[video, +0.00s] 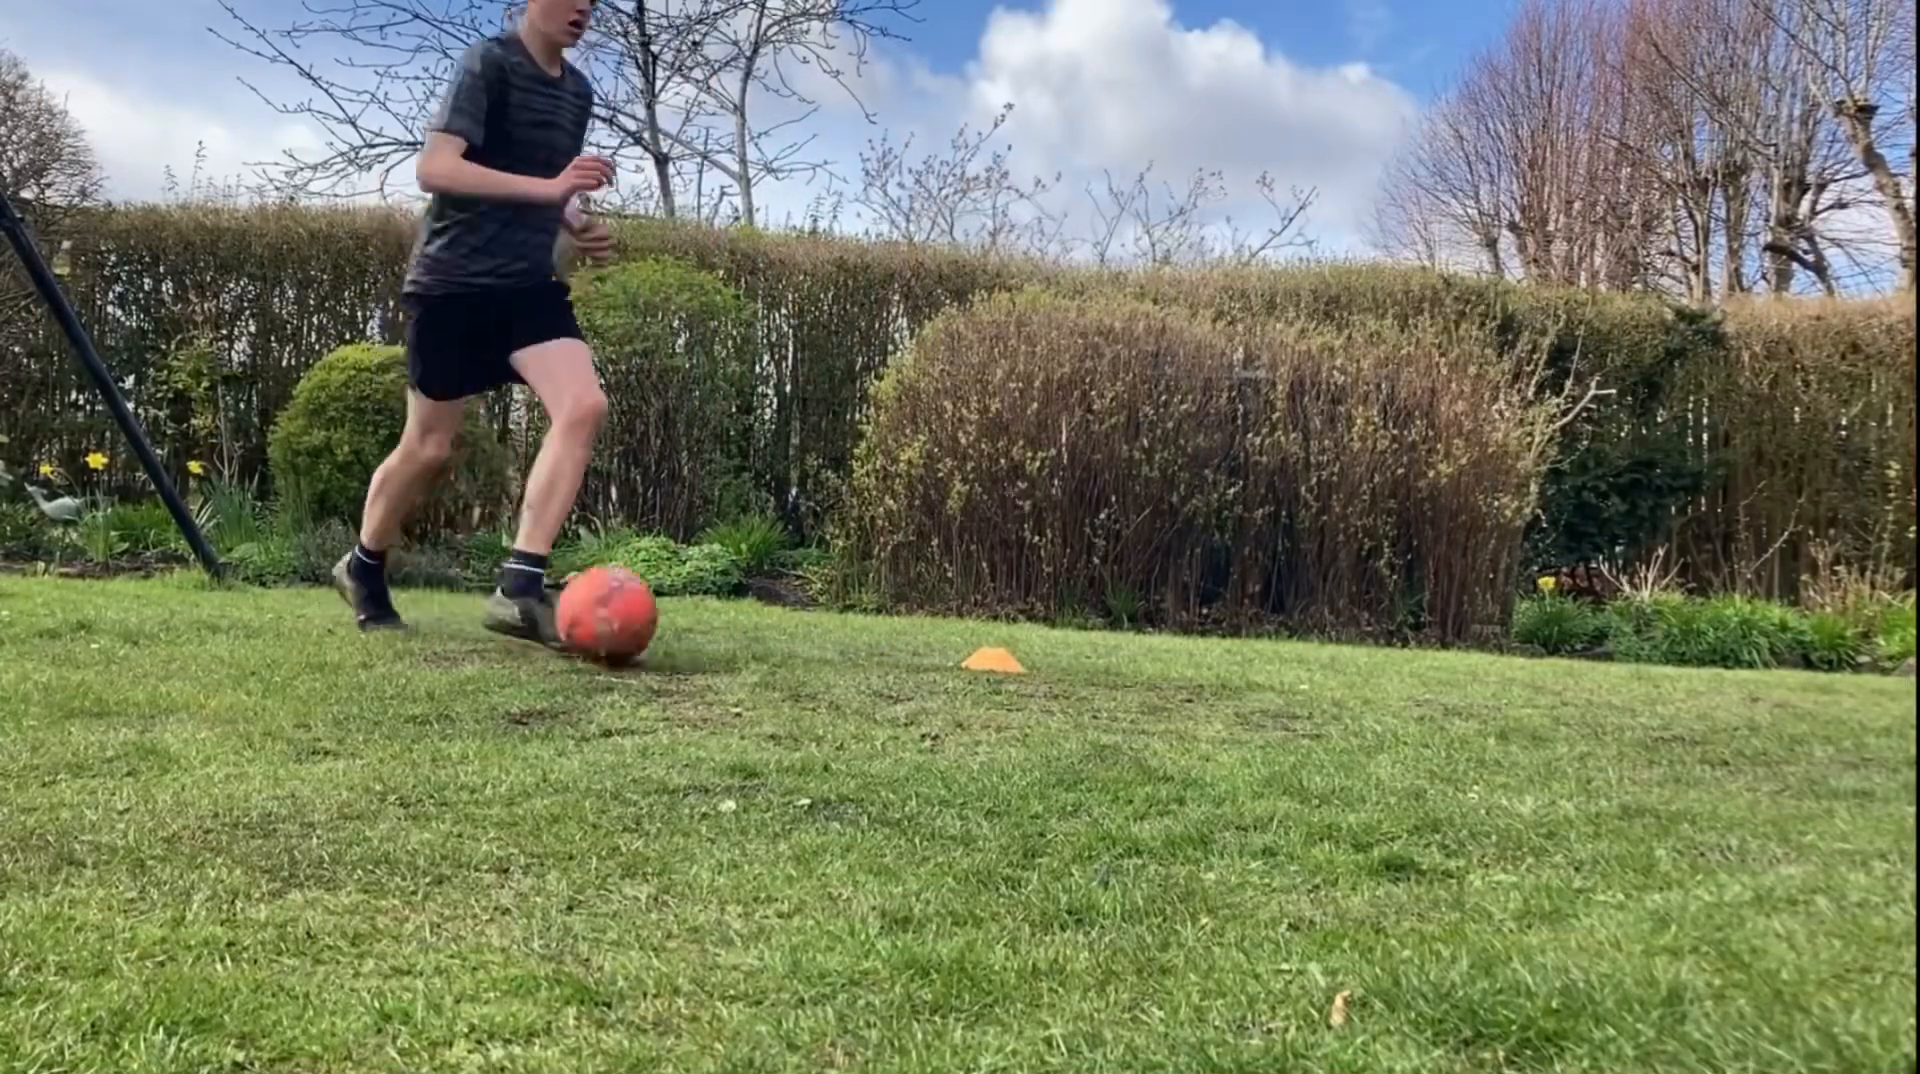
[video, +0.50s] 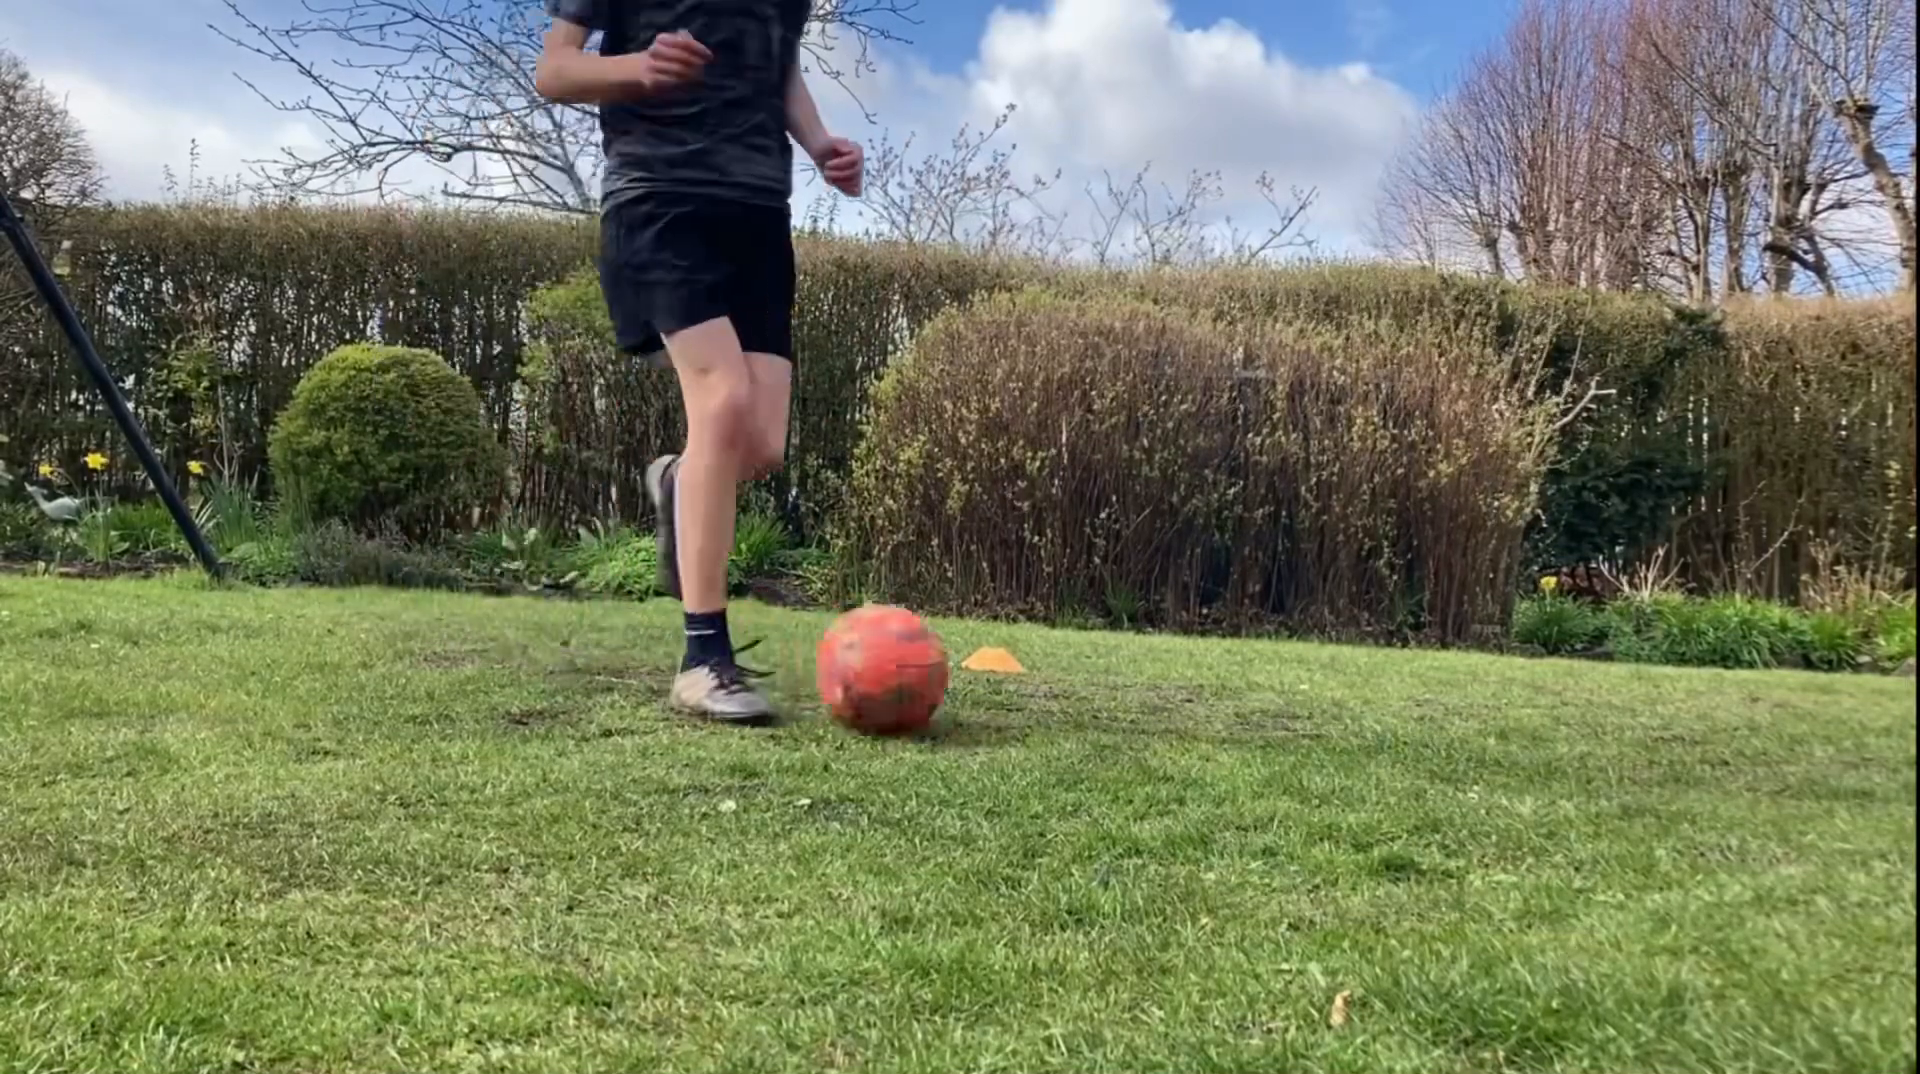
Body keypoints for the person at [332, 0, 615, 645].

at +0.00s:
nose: (582, 11)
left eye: (587, 3)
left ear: (586, 13)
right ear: (530, 1)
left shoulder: (576, 90)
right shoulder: (488, 63)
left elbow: (546, 186)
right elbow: (435, 167)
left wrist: (576, 226)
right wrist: (548, 187)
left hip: (529, 287)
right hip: (450, 286)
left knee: (582, 406)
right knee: (427, 448)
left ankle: (521, 585)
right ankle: (363, 565)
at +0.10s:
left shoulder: (615, 66)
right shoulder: (517, 31)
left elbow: (579, 171)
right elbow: (439, 134)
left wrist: (617, 210)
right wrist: (550, 152)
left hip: (559, 274)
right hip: (477, 266)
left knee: (578, 430)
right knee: (467, 449)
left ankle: (503, 611)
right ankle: (390, 546)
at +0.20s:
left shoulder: (660, 64)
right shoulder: (533, 27)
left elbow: (648, 178)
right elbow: (430, 127)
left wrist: (683, 204)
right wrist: (510, 137)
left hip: (596, 271)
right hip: (510, 263)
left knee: (590, 456)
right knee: (535, 460)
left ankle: (506, 613)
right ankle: (434, 547)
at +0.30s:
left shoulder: (707, 12)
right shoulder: (550, 4)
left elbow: (707, 130)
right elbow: (453, 62)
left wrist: (740, 152)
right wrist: (491, 92)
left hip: (640, 235)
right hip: (554, 214)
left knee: (597, 426)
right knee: (605, 399)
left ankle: (520, 589)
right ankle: (531, 595)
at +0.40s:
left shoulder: (749, 6)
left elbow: (754, 71)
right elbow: (498, 29)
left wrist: (780, 109)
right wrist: (540, 65)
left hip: (702, 188)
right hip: (607, 171)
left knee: (639, 398)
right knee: (660, 380)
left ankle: (580, 539)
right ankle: (656, 636)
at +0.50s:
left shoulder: (785, 3)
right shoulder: (609, 1)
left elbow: (781, 70)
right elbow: (552, 71)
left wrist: (817, 139)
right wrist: (636, 69)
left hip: (759, 202)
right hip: (657, 194)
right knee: (721, 402)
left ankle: (680, 486)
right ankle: (706, 661)